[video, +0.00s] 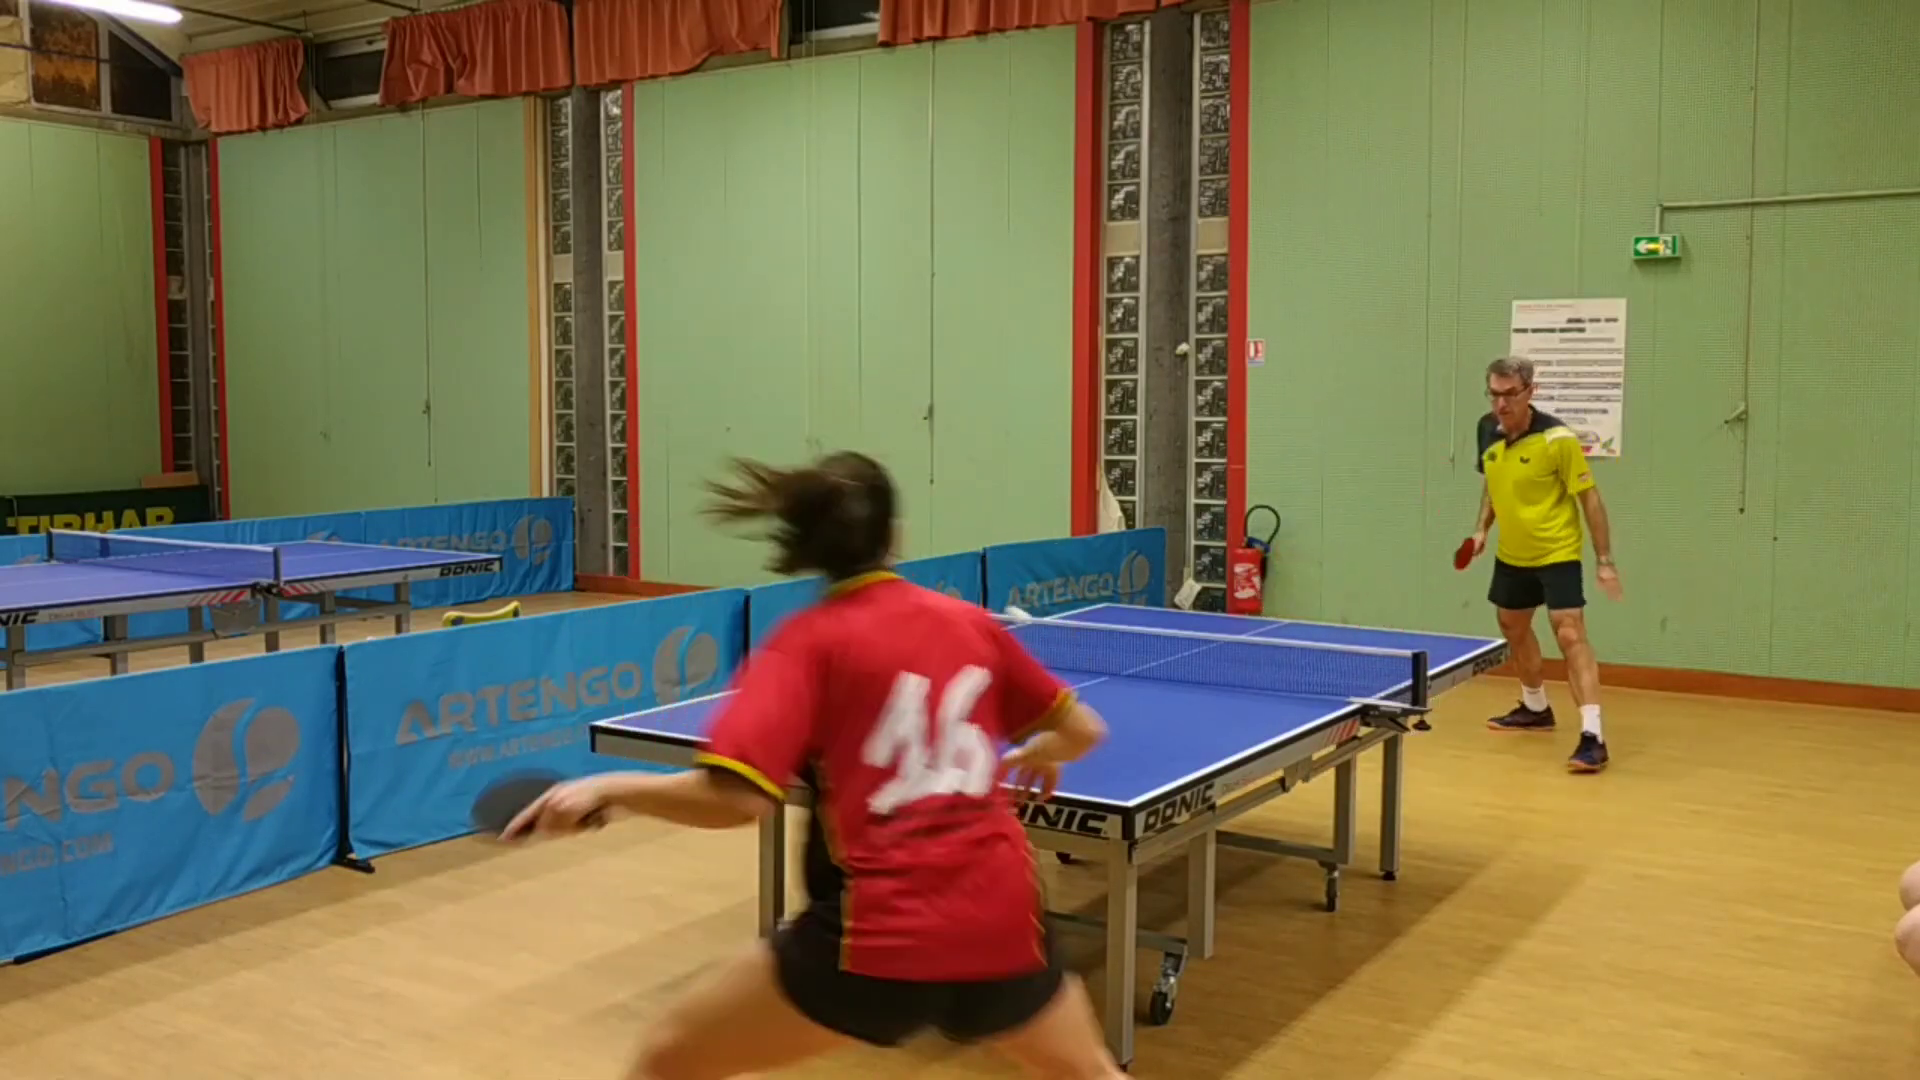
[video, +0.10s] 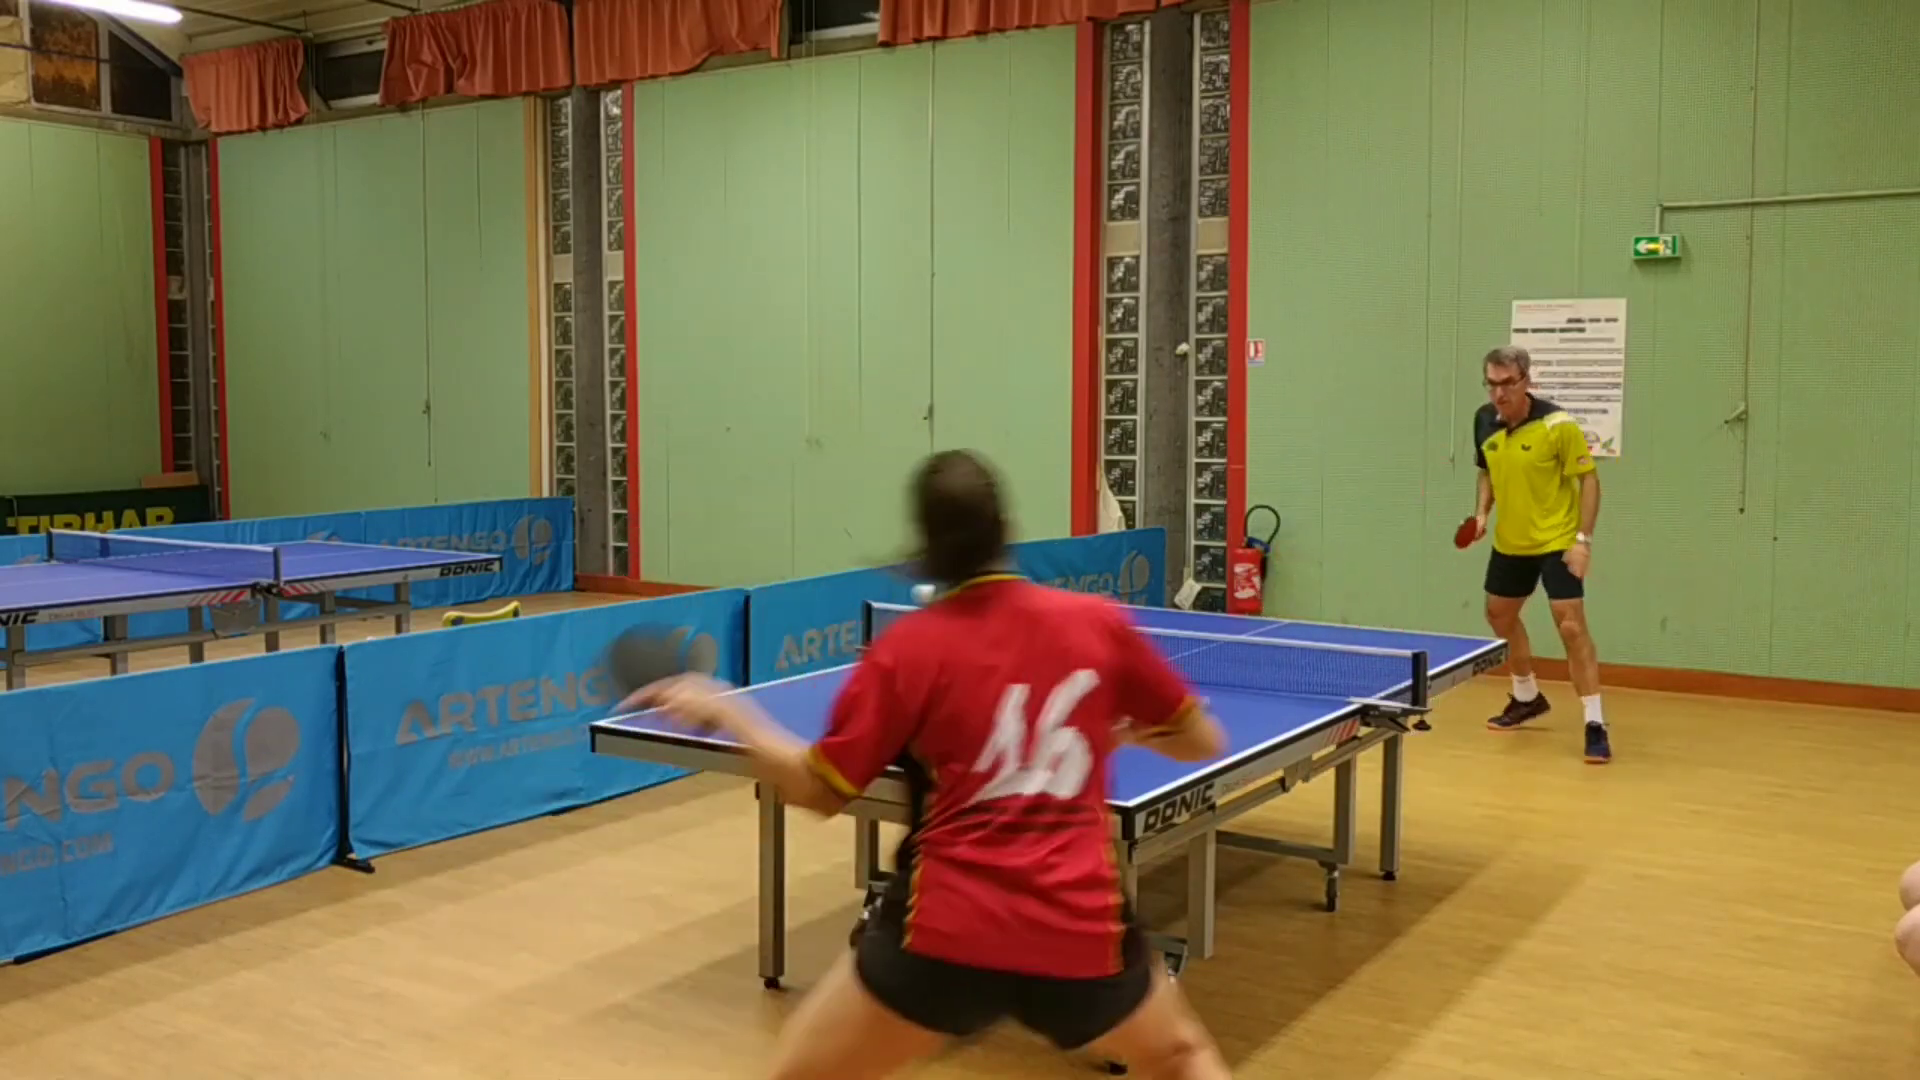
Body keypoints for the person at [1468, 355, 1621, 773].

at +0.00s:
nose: (1500, 404)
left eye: (1509, 395)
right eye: (1494, 395)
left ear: (1530, 393)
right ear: (1489, 395)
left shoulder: (1559, 440)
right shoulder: (1489, 434)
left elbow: (1590, 498)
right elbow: (1492, 486)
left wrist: (1604, 560)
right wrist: (1481, 530)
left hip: (1559, 556)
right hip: (1513, 555)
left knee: (1569, 635)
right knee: (1513, 626)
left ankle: (1592, 735)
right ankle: (1535, 707)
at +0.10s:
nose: (1498, 394)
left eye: (1506, 385)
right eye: (1492, 385)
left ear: (1527, 383)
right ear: (1487, 385)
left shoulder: (1558, 426)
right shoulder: (1485, 423)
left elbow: (1589, 481)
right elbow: (1486, 472)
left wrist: (1583, 539)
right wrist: (1481, 514)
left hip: (1558, 542)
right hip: (1512, 542)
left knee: (1571, 628)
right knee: (1500, 615)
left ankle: (1595, 723)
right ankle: (1527, 696)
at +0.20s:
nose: (1496, 394)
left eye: (1504, 386)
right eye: (1490, 386)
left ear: (1524, 384)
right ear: (1484, 387)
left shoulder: (1559, 425)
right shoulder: (1486, 424)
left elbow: (1590, 479)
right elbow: (1486, 473)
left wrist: (1574, 534)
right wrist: (1478, 513)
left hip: (1557, 542)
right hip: (1510, 537)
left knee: (1576, 631)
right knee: (1480, 608)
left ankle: (1604, 717)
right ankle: (1499, 693)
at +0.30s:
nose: (1490, 409)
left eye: (1498, 400)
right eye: (1483, 401)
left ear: (1518, 397)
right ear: (1478, 401)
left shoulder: (1552, 438)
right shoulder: (1481, 438)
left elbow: (1583, 494)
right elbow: (1483, 486)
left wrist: (1570, 548)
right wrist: (1475, 527)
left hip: (1558, 552)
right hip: (1510, 548)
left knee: (1576, 637)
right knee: (1471, 614)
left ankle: (1607, 719)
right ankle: (1442, 700)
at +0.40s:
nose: (1486, 425)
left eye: (1495, 416)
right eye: (1480, 417)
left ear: (1514, 413)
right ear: (1474, 417)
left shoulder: (1548, 452)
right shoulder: (1471, 452)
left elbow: (1574, 509)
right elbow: (1470, 504)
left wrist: (1570, 560)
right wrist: (1467, 547)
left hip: (1547, 562)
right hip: (1496, 559)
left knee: (1577, 641)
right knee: (1454, 618)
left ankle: (1606, 720)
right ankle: (1432, 705)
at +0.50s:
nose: (1474, 422)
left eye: (1481, 413)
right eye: (1468, 414)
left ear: (1504, 410)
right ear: (1464, 415)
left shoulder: (1543, 450)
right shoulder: (1466, 450)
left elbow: (1569, 505)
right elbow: (1465, 503)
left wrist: (1570, 556)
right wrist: (1444, 550)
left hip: (1541, 558)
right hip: (1486, 553)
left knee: (1570, 641)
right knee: (1445, 617)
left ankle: (1605, 720)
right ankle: (1433, 706)